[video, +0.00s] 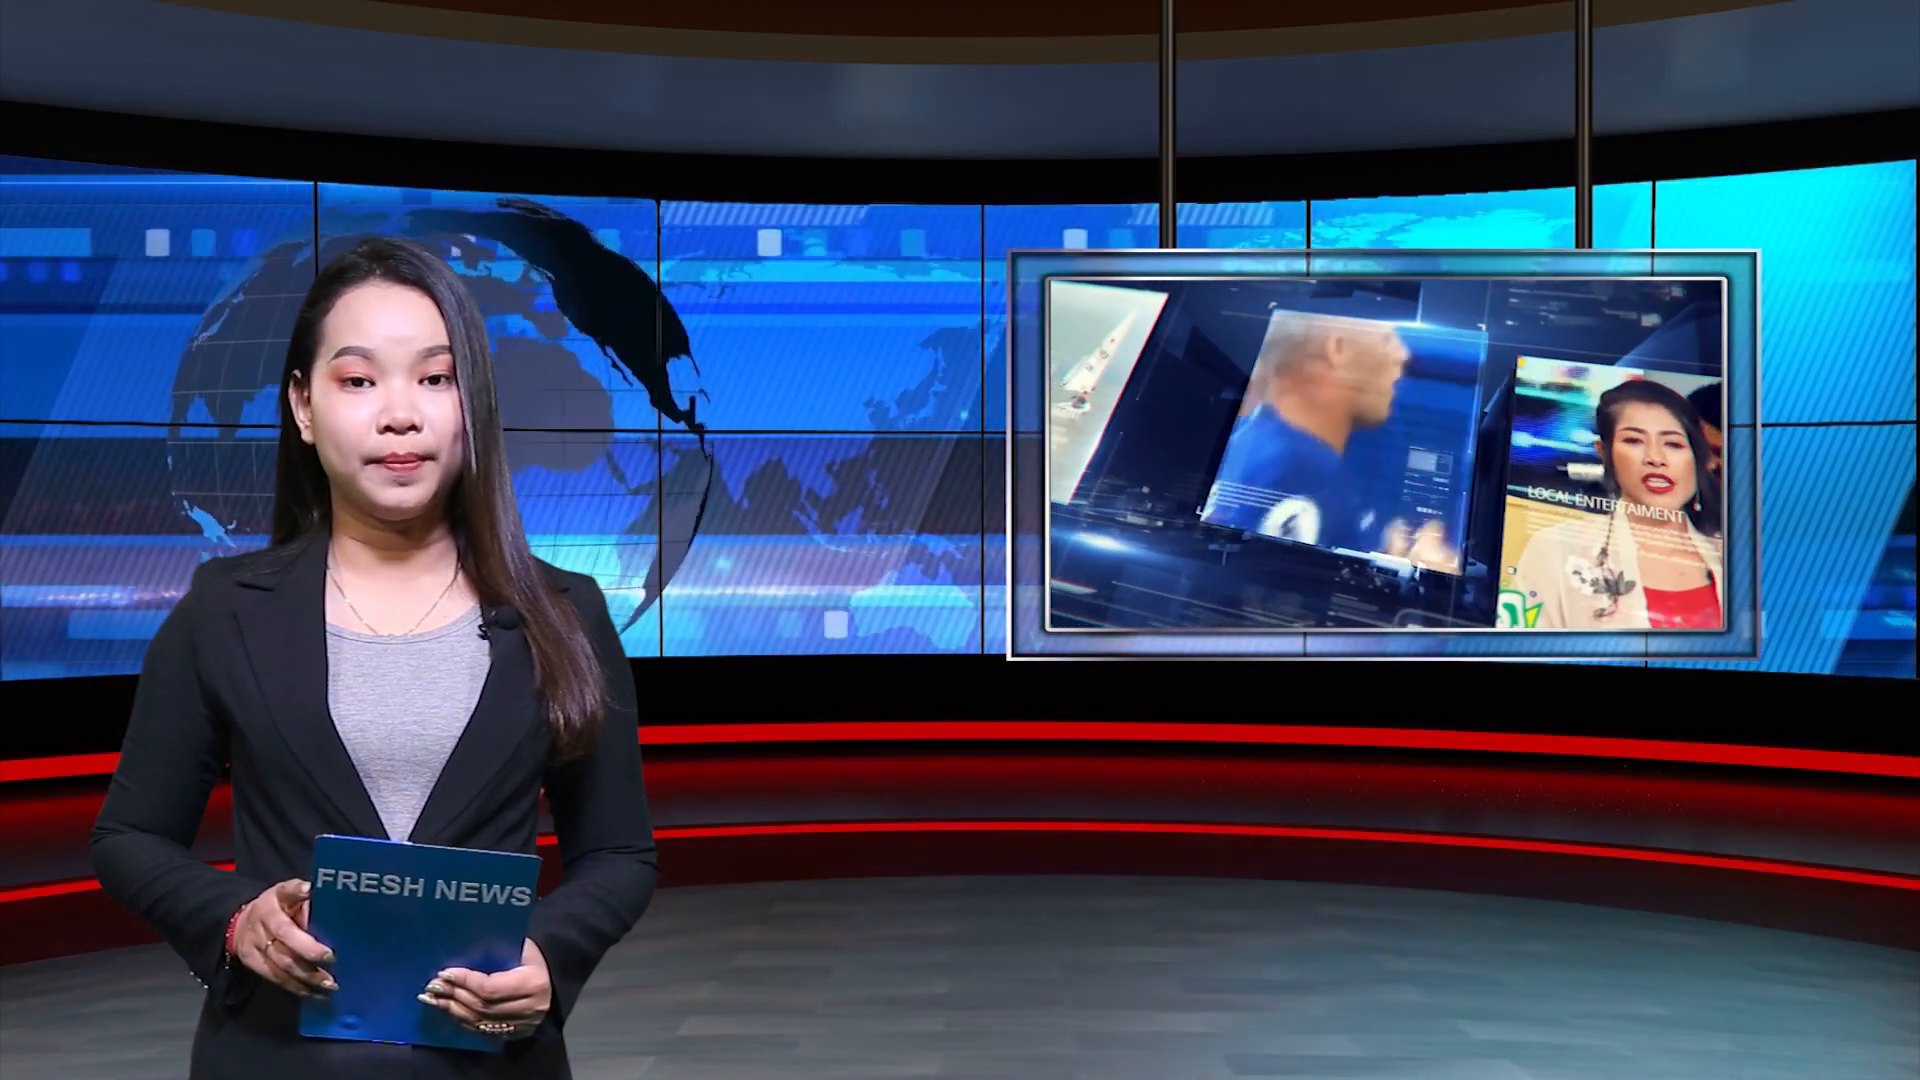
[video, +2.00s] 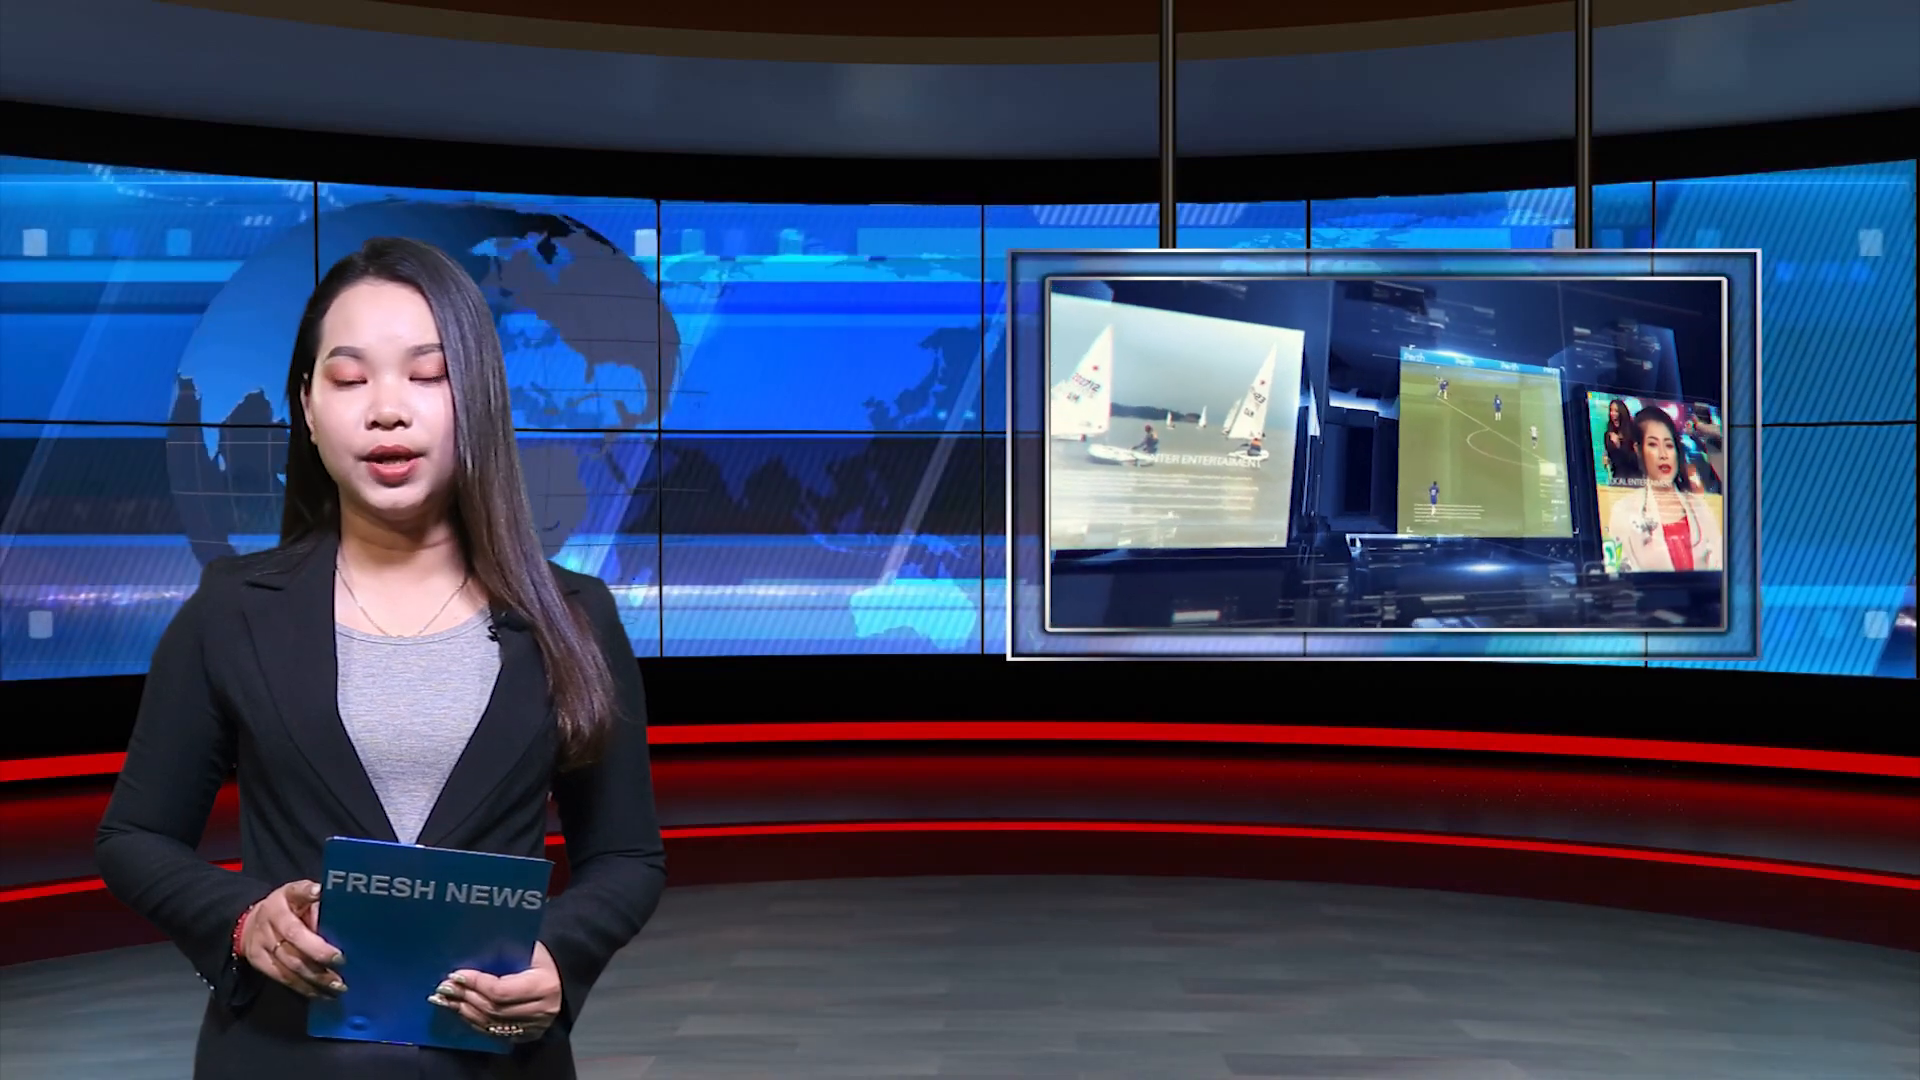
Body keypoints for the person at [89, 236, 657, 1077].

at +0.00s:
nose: (401, 414)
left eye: (433, 376)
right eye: (358, 378)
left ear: (470, 405)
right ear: (303, 409)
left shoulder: (560, 614)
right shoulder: (225, 613)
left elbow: (617, 855)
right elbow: (129, 838)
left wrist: (546, 958)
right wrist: (231, 916)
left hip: (492, 1050)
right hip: (279, 1052)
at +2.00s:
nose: (388, 409)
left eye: (425, 373)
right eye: (348, 377)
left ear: (476, 397)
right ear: (308, 408)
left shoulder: (568, 617)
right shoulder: (234, 614)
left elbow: (625, 857)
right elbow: (134, 838)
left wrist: (555, 960)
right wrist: (239, 916)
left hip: (497, 1052)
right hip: (282, 1053)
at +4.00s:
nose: (414, 408)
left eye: (449, 375)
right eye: (371, 375)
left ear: (487, 404)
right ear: (318, 409)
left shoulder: (571, 620)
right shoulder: (238, 612)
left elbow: (626, 857)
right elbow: (135, 839)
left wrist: (563, 957)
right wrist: (247, 918)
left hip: (504, 1055)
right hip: (288, 1055)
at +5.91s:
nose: (404, 410)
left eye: (437, 375)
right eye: (362, 376)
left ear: (475, 404)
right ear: (308, 407)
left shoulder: (563, 618)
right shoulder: (228, 615)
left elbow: (624, 859)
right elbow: (128, 841)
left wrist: (547, 961)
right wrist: (234, 898)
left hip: (493, 1052)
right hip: (277, 1053)